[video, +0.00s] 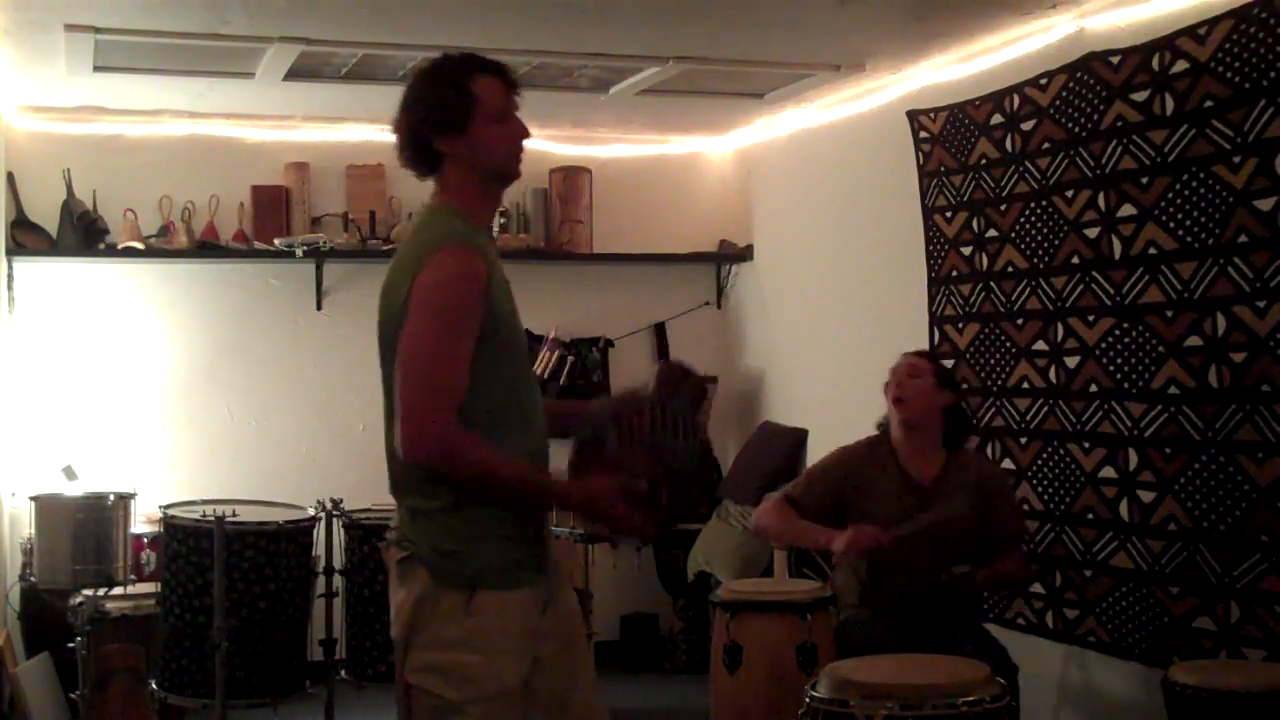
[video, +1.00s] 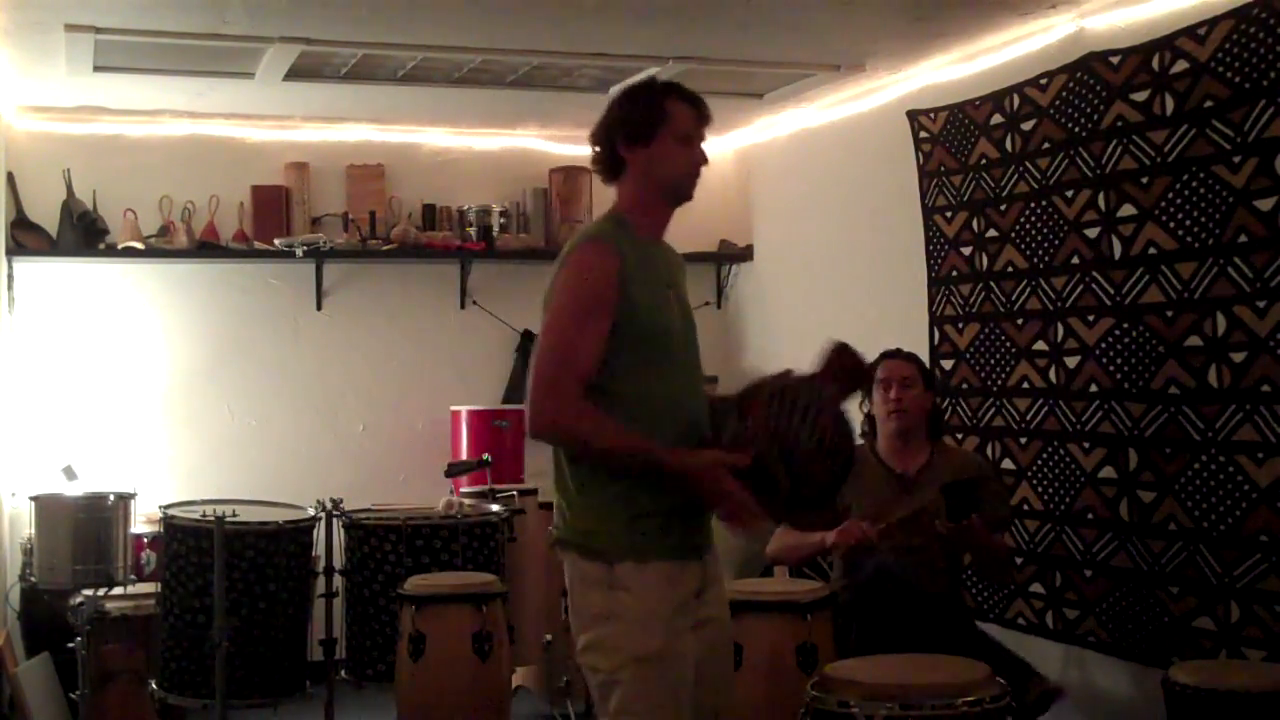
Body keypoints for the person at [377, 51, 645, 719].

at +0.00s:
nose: (524, 130)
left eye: (518, 115)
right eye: (505, 117)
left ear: (454, 141)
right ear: (448, 137)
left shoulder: (465, 246)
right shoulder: (450, 255)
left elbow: (493, 406)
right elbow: (426, 436)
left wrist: (602, 414)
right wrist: (569, 494)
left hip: (515, 566)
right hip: (466, 579)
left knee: (568, 710)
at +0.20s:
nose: (575, 131)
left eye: (568, 118)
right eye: (557, 119)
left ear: (514, 148)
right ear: (503, 145)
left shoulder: (515, 253)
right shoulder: (488, 255)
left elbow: (521, 401)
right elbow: (457, 421)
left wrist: (625, 391)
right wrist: (609, 429)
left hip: (537, 577)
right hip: (478, 586)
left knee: (588, 712)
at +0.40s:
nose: (611, 140)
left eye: (608, 125)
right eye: (595, 123)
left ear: (550, 140)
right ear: (540, 136)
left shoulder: (548, 248)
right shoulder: (516, 242)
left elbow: (603, 371)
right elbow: (555, 403)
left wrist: (709, 348)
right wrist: (713, 393)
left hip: (583, 563)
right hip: (516, 572)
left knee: (615, 712)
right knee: (509, 710)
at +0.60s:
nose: (643, 164)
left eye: (643, 147)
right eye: (632, 145)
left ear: (581, 150)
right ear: (577, 146)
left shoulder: (601, 263)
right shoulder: (530, 258)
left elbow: (638, 396)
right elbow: (551, 416)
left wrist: (725, 390)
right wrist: (687, 391)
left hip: (649, 561)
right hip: (571, 574)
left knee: (674, 714)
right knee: (570, 711)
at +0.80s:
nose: (681, 146)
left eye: (678, 131)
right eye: (666, 130)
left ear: (624, 148)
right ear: (612, 144)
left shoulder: (638, 257)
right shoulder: (579, 253)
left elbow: (635, 395)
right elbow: (546, 405)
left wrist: (714, 417)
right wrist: (697, 418)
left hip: (665, 544)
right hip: (603, 554)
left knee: (695, 705)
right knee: (626, 708)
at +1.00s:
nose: (702, 157)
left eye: (701, 143)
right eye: (688, 141)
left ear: (645, 151)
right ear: (636, 148)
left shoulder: (664, 261)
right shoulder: (597, 254)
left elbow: (663, 404)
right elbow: (549, 408)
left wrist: (751, 418)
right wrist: (682, 464)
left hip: (682, 548)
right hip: (620, 557)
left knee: (704, 710)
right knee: (642, 710)